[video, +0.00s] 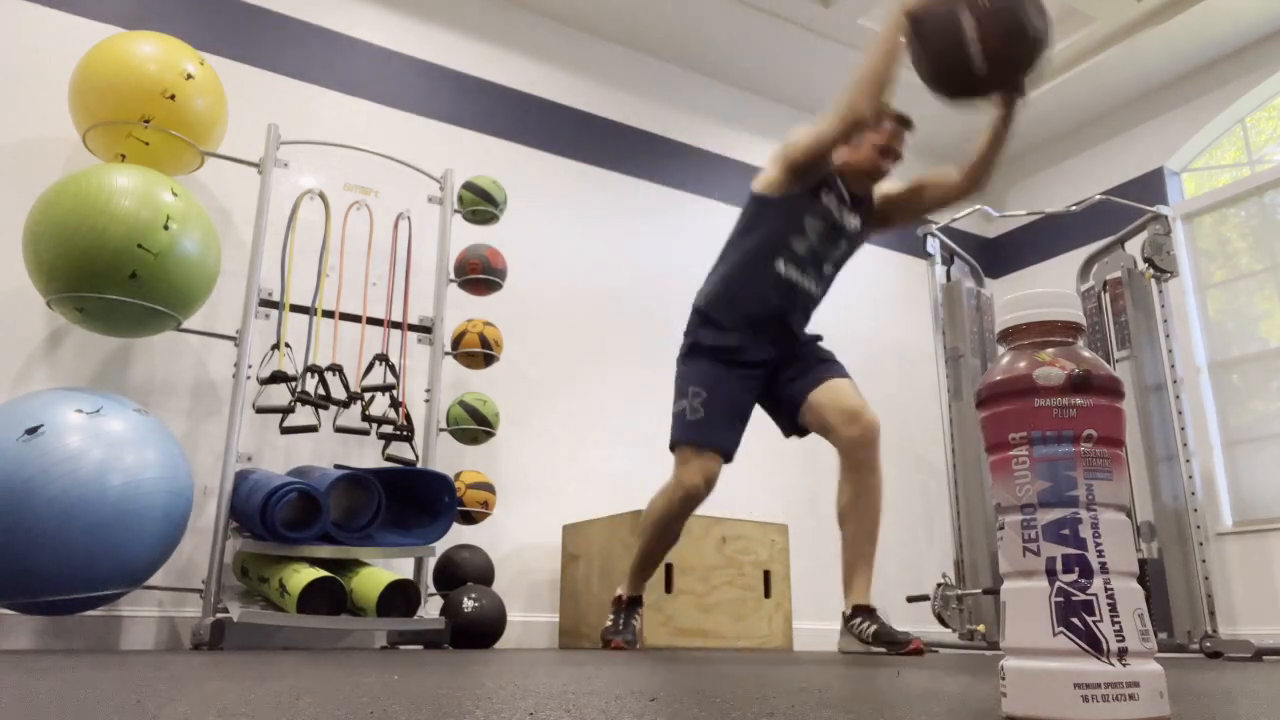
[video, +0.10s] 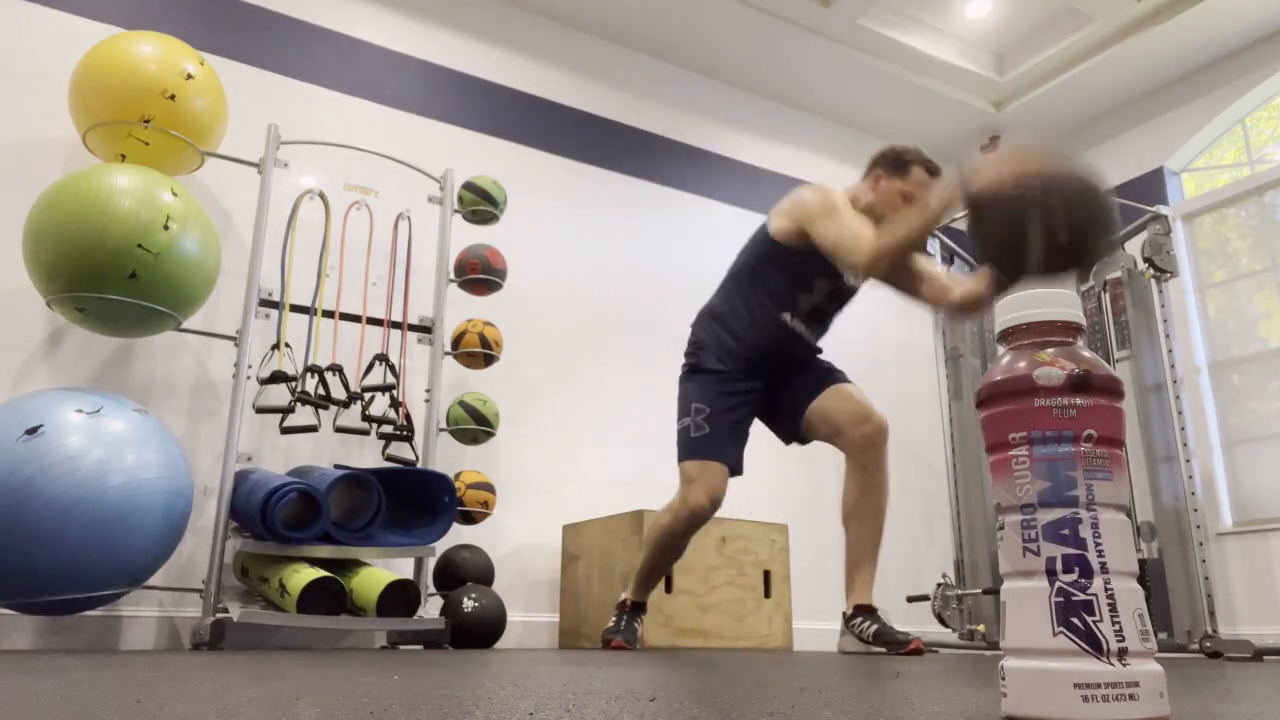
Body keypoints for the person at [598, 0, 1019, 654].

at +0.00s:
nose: (890, 161)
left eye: (896, 156)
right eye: (884, 148)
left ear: (890, 162)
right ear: (849, 137)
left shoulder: (866, 212)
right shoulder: (797, 171)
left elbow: (964, 184)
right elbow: (852, 112)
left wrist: (1005, 111)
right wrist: (902, 14)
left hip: (787, 348)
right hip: (720, 340)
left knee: (859, 430)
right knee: (695, 478)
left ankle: (858, 614)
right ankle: (627, 599)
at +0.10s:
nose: (912, 215)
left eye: (919, 206)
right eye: (909, 199)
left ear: (917, 205)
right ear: (877, 180)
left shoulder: (877, 246)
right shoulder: (816, 200)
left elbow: (951, 293)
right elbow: (867, 255)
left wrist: (1006, 259)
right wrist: (958, 189)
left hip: (788, 366)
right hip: (724, 354)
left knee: (866, 430)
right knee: (700, 497)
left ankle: (860, 614)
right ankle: (631, 605)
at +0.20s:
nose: (939, 251)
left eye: (946, 242)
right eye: (936, 234)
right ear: (900, 211)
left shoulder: (894, 284)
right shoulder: (834, 232)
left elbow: (930, 363)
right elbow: (842, 338)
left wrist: (960, 398)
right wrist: (919, 383)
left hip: (797, 372)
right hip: (729, 361)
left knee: (871, 432)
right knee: (703, 503)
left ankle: (861, 613)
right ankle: (630, 605)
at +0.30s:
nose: (960, 279)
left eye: (968, 269)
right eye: (960, 263)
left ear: (933, 248)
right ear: (925, 237)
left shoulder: (908, 304)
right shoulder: (851, 257)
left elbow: (911, 404)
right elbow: (828, 377)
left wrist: (940, 495)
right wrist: (860, 487)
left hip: (804, 376)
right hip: (735, 365)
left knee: (883, 433)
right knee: (707, 502)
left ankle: (860, 612)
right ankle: (630, 604)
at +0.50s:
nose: (980, 294)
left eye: (988, 284)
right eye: (978, 277)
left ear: (944, 261)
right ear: (940, 253)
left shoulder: (917, 313)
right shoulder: (867, 270)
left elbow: (907, 416)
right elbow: (834, 396)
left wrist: (948, 490)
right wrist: (907, 482)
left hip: (805, 374)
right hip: (740, 358)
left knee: (889, 439)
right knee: (711, 503)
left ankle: (859, 615)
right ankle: (622, 598)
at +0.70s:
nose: (971, 215)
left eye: (975, 204)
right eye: (965, 199)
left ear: (933, 197)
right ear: (923, 188)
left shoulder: (906, 273)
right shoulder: (856, 223)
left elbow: (900, 370)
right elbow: (855, 348)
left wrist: (956, 423)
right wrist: (943, 413)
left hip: (807, 356)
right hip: (742, 340)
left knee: (877, 426)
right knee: (711, 491)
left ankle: (860, 613)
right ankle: (623, 593)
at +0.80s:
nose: (948, 167)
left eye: (952, 158)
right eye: (939, 152)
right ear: (896, 150)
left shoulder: (894, 242)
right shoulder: (844, 193)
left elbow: (900, 345)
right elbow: (856, 304)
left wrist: (960, 375)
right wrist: (959, 350)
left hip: (806, 342)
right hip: (745, 332)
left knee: (876, 429)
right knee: (719, 484)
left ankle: (859, 612)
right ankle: (627, 592)